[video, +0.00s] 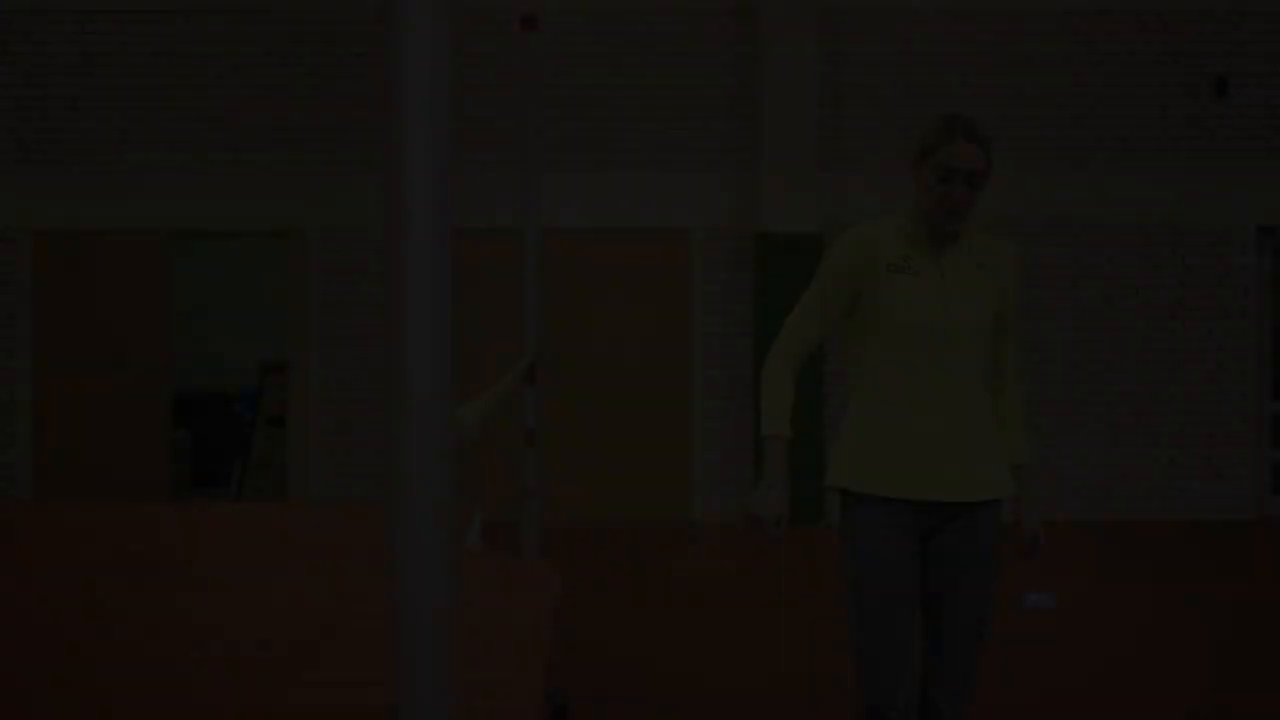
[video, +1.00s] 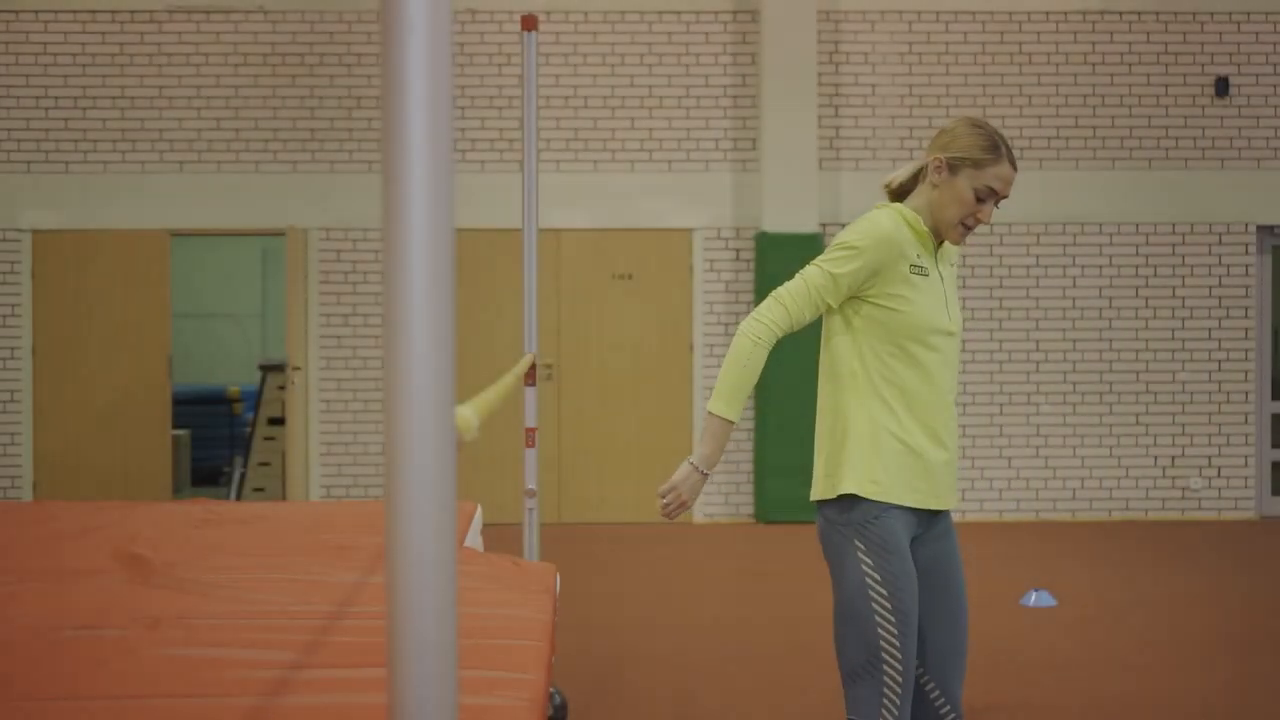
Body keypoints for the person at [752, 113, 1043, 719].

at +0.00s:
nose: (956, 193)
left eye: (970, 180)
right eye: (944, 177)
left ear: (983, 187)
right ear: (918, 176)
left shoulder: (994, 263)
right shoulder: (868, 251)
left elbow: (1006, 378)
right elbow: (787, 358)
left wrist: (1018, 481)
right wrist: (778, 466)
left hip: (969, 491)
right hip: (878, 488)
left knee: (955, 668)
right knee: (886, 665)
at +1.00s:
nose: (986, 215)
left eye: (996, 204)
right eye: (983, 195)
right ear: (938, 169)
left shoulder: (941, 254)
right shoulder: (880, 235)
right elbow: (762, 325)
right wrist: (702, 461)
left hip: (928, 504)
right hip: (865, 501)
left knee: (939, 703)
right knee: (884, 702)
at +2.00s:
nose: (986, 245)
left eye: (997, 234)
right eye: (992, 226)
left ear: (953, 192)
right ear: (956, 190)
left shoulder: (896, 245)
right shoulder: (891, 240)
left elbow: (774, 314)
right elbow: (776, 306)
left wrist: (658, 395)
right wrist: (655, 395)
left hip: (845, 508)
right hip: (813, 508)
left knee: (914, 700)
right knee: (808, 706)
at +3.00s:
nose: (978, 255)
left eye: (990, 244)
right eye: (987, 236)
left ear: (950, 199)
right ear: (957, 200)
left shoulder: (872, 237)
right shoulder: (895, 245)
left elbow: (760, 303)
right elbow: (773, 305)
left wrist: (637, 372)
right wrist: (649, 386)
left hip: (777, 499)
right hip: (798, 505)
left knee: (788, 702)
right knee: (817, 704)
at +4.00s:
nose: (875, 153)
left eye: (870, 139)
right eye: (862, 139)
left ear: (818, 155)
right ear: (819, 152)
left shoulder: (784, 233)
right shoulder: (831, 234)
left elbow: (822, 392)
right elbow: (859, 386)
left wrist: (899, 511)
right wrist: (913, 507)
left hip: (797, 503)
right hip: (831, 506)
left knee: (792, 707)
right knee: (816, 707)